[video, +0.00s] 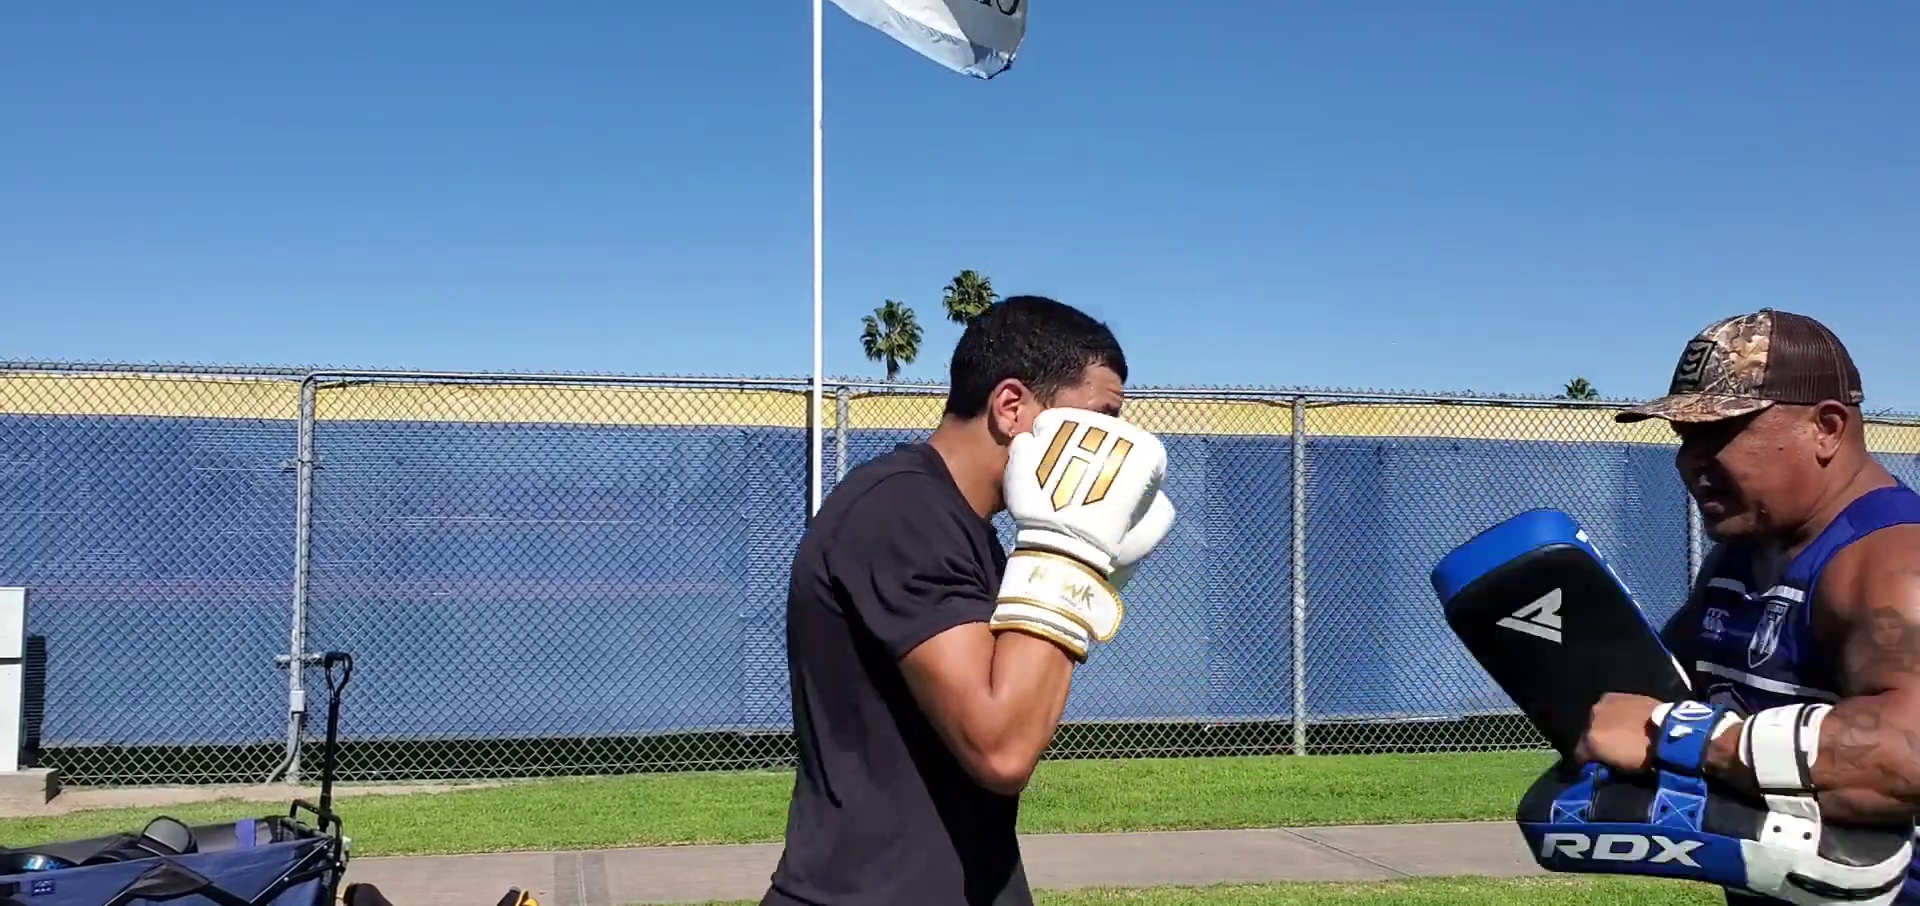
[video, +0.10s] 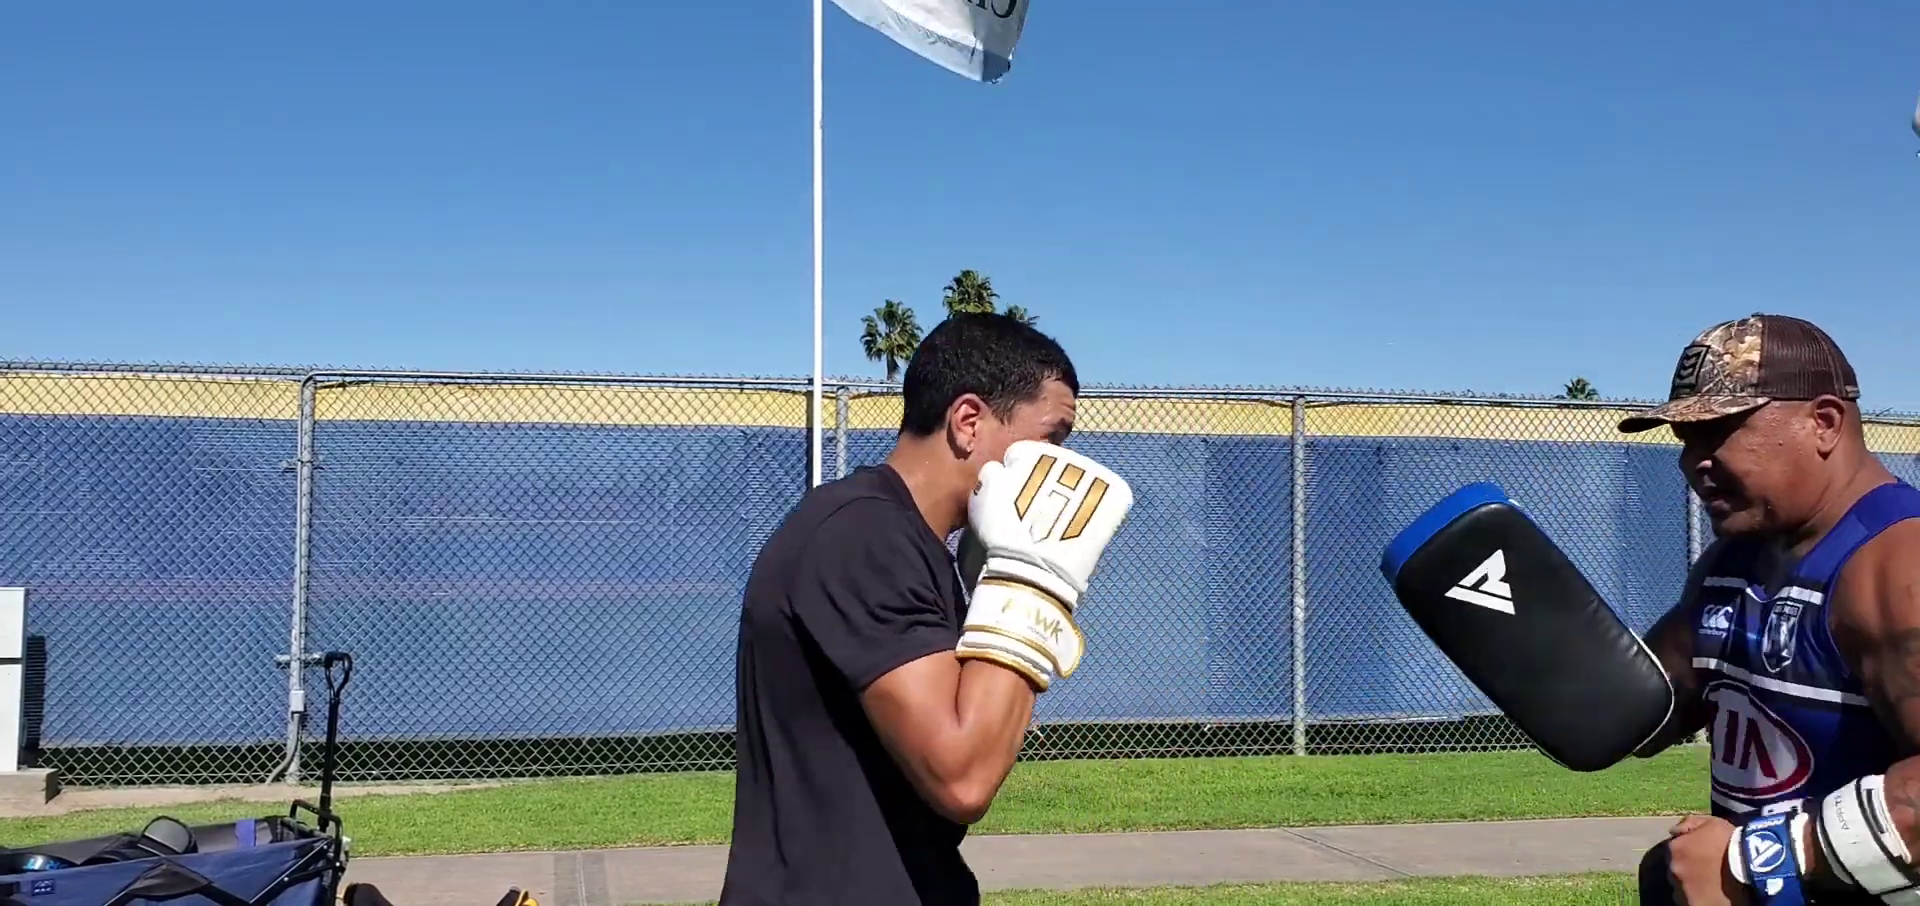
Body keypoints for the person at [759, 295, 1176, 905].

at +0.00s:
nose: (1108, 445)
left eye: (1110, 421)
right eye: (1098, 418)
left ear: (1012, 410)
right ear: (1011, 408)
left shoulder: (963, 525)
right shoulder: (901, 514)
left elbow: (1008, 732)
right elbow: (1002, 752)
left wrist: (1081, 579)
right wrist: (1059, 558)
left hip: (966, 883)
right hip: (882, 887)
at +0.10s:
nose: (1056, 464)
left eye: (1060, 442)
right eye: (1050, 438)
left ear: (969, 425)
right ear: (968, 423)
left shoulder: (919, 547)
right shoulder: (861, 537)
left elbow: (963, 761)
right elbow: (962, 779)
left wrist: (1023, 588)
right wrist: (1029, 588)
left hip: (905, 884)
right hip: (842, 888)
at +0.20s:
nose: (1049, 453)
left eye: (1054, 431)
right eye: (1042, 426)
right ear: (961, 409)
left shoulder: (913, 531)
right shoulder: (833, 515)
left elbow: (913, 727)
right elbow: (902, 763)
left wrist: (1018, 632)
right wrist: (990, 577)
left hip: (913, 887)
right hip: (819, 889)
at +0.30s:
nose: (1064, 464)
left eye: (1069, 438)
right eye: (1055, 433)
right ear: (972, 415)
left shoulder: (944, 520)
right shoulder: (829, 508)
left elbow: (947, 734)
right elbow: (877, 760)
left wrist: (1034, 632)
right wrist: (984, 578)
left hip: (919, 878)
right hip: (802, 888)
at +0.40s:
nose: (1098, 512)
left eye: (1102, 481)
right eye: (1086, 479)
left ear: (999, 462)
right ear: (1000, 460)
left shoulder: (979, 553)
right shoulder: (845, 539)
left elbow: (1010, 753)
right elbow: (852, 797)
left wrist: (1078, 670)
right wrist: (997, 635)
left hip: (930, 878)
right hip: (804, 887)